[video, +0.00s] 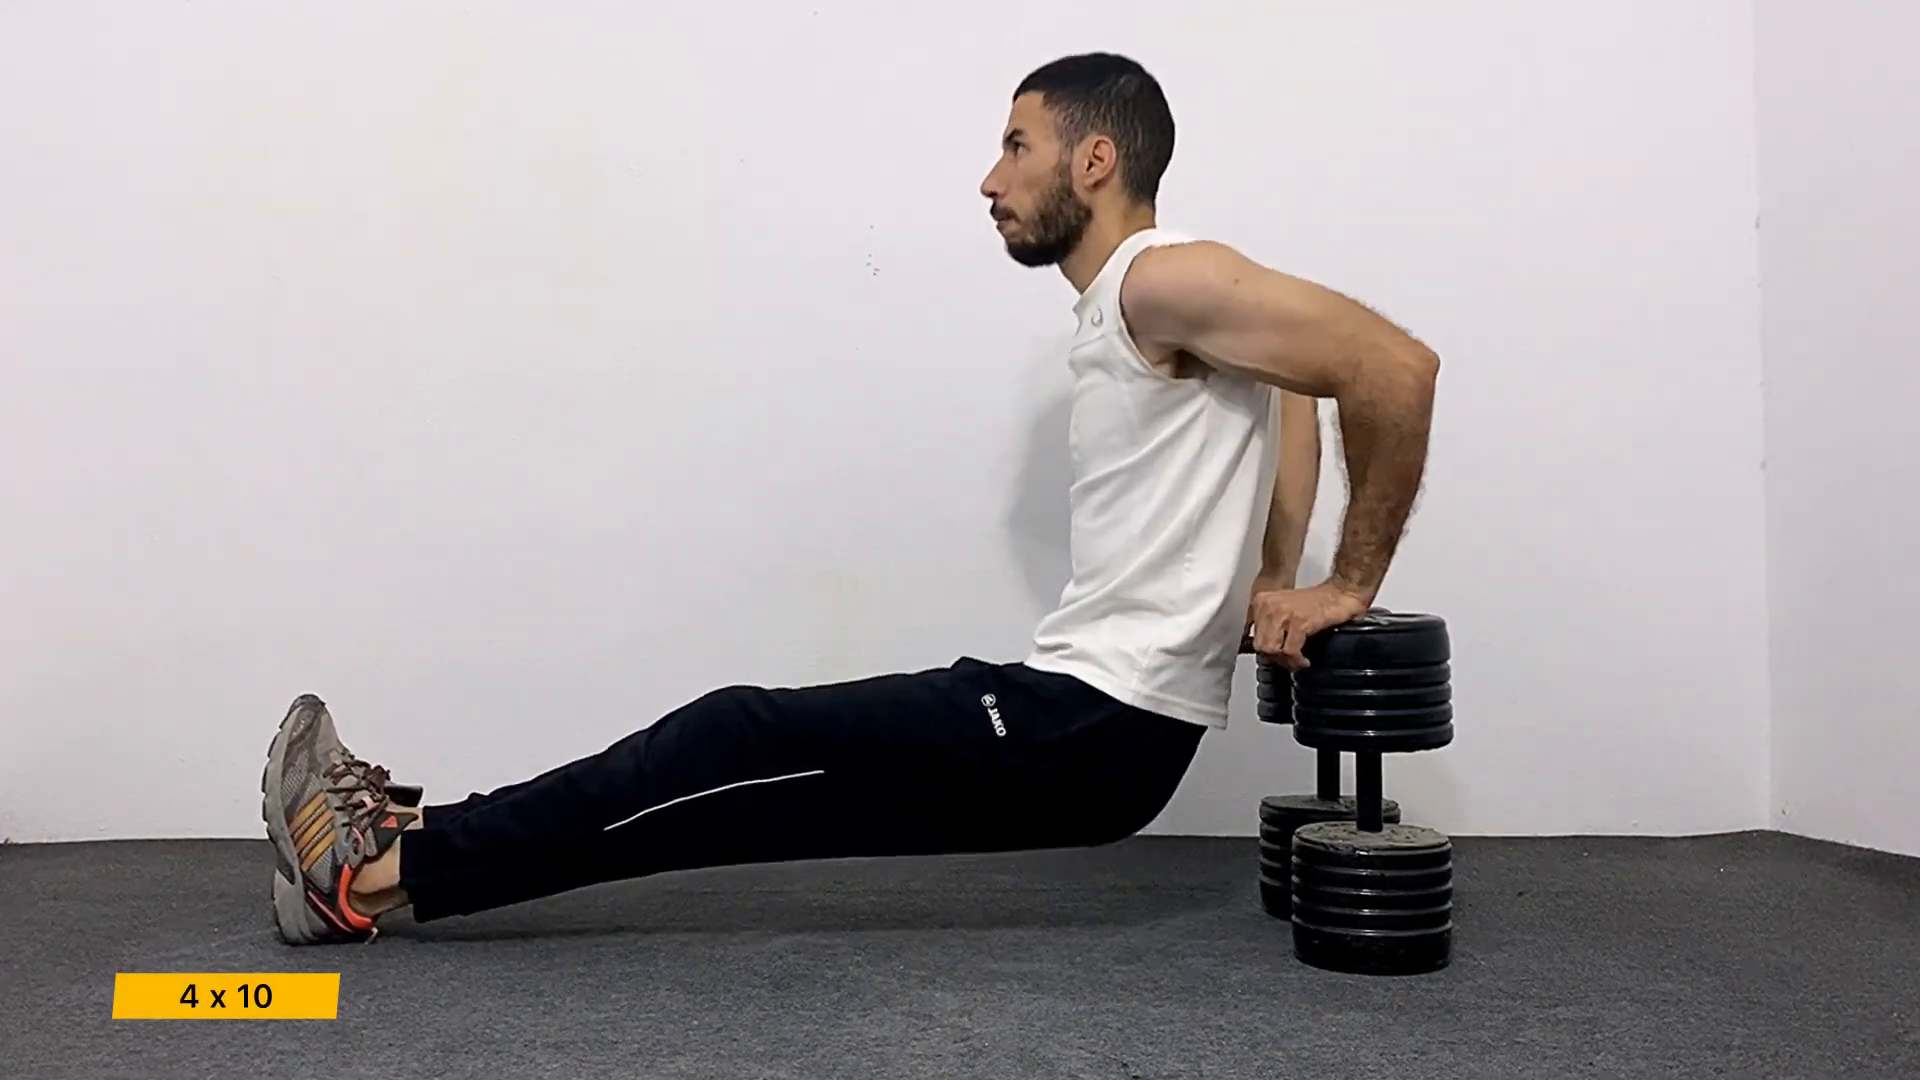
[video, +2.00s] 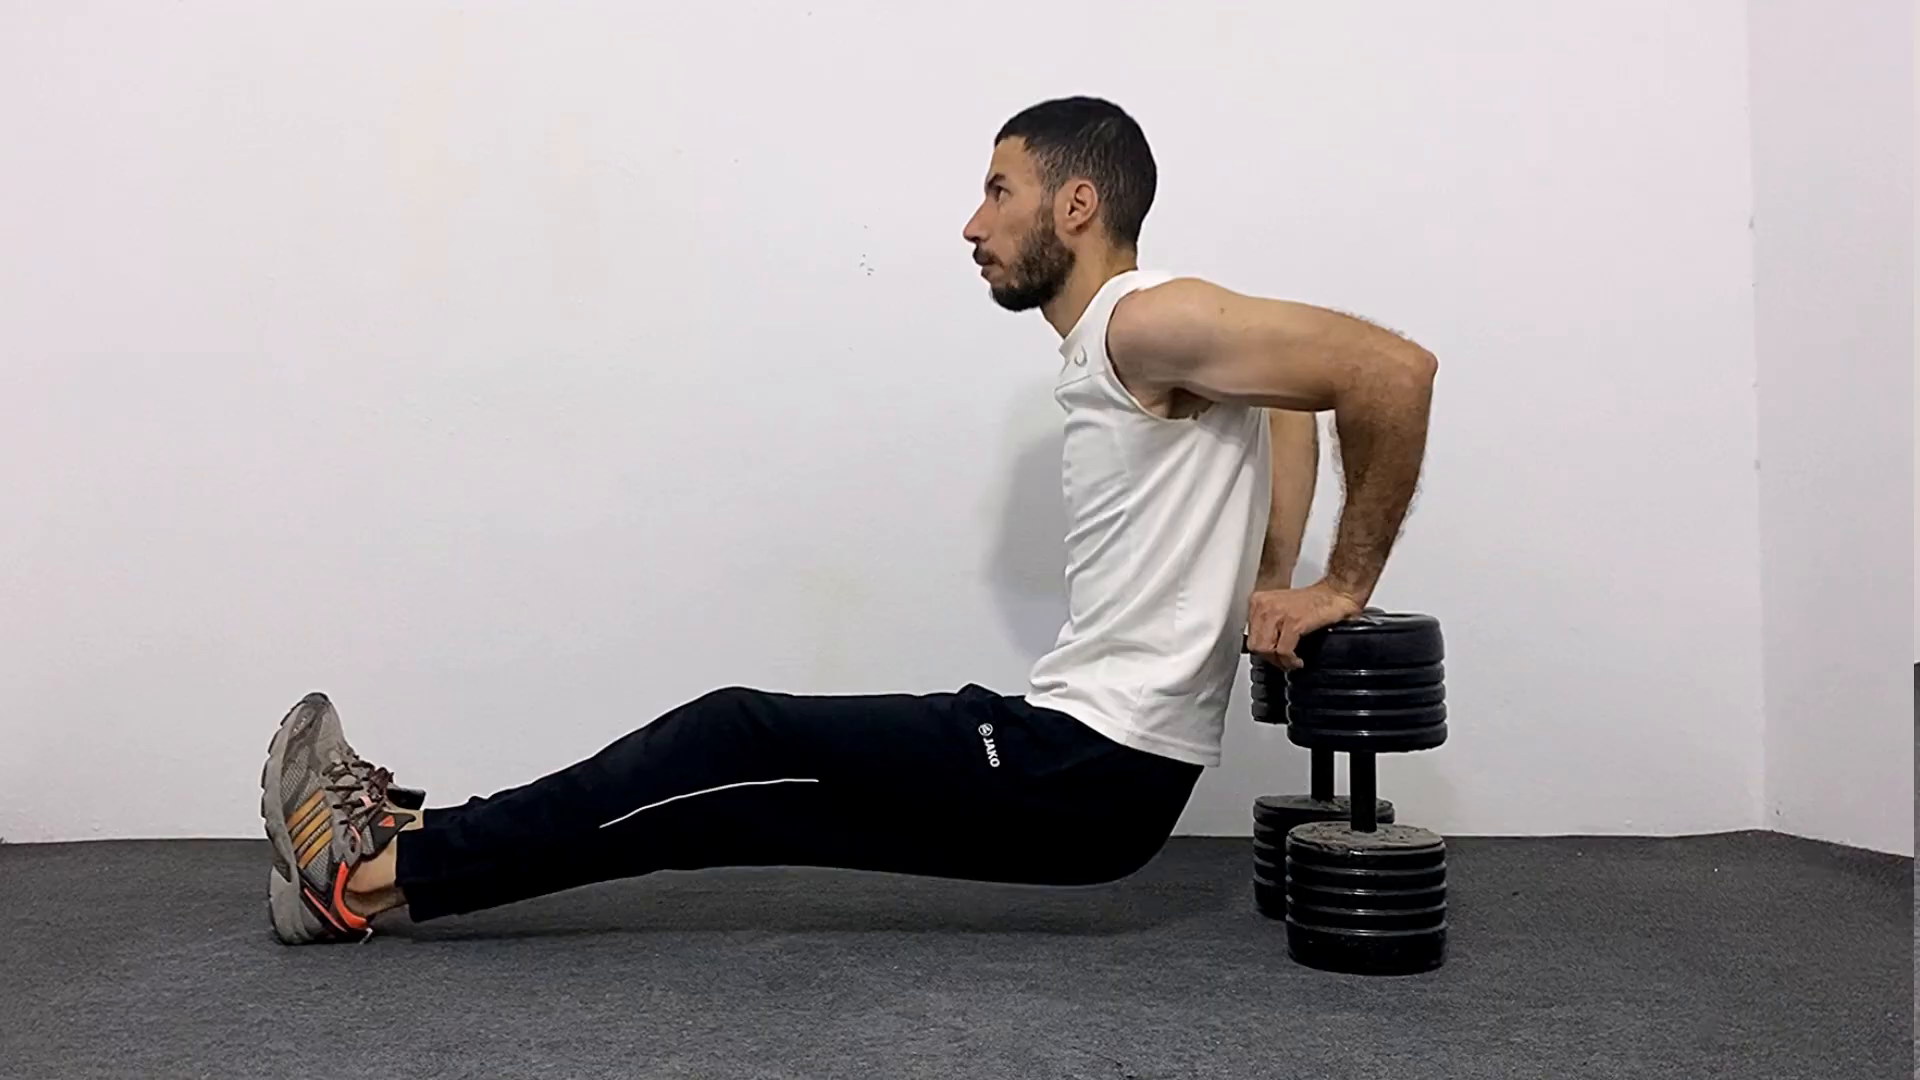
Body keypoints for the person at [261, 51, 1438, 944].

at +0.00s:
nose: (992, 181)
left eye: (1013, 149)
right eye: (998, 152)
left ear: (1100, 159)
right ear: (1103, 164)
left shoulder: (1163, 286)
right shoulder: (1138, 294)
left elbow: (1395, 368)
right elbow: (1302, 374)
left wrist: (1354, 586)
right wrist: (1281, 572)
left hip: (1101, 720)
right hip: (1077, 702)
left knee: (737, 749)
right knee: (735, 745)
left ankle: (390, 871)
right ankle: (408, 854)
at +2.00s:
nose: (973, 227)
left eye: (996, 195)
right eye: (980, 199)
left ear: (1083, 202)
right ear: (1086, 206)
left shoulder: (1144, 323)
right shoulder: (1128, 322)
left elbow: (1395, 374)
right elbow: (1301, 378)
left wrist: (1347, 588)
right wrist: (1275, 566)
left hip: (1094, 758)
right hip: (1079, 744)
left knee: (733, 735)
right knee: (728, 783)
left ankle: (384, 868)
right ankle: (407, 855)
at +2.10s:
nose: (919, 245)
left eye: (943, 213)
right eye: (927, 216)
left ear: (1029, 224)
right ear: (1030, 226)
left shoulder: (1090, 342)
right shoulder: (1073, 347)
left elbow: (1345, 377)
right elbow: (1241, 391)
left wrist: (1299, 587)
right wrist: (1225, 575)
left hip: (1046, 778)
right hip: (1028, 763)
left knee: (686, 738)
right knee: (681, 788)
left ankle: (337, 872)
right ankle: (364, 852)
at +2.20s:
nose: (777, 261)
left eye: (798, 229)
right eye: (784, 232)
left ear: (882, 238)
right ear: (888, 240)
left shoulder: (947, 354)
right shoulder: (936, 359)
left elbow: (1204, 378)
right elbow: (1103, 395)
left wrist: (1161, 591)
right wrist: (1089, 573)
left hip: (906, 792)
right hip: (900, 786)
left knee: (547, 742)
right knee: (536, 800)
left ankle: (194, 876)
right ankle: (228, 850)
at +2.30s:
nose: (498, 268)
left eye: (522, 234)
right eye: (508, 236)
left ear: (606, 249)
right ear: (606, 251)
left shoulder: (672, 367)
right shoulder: (648, 372)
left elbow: (930, 378)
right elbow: (830, 390)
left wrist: (891, 587)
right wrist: (821, 575)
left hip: (640, 804)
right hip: (616, 781)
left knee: (269, 754)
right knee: (262, 772)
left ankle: (11, 855)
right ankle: (18, 860)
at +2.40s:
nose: (44, 266)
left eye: (69, 232)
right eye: (56, 233)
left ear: (147, 244)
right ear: (148, 247)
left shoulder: (223, 362)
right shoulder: (196, 367)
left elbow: (476, 374)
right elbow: (373, 395)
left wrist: (437, 586)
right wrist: (361, 574)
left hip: (196, 798)